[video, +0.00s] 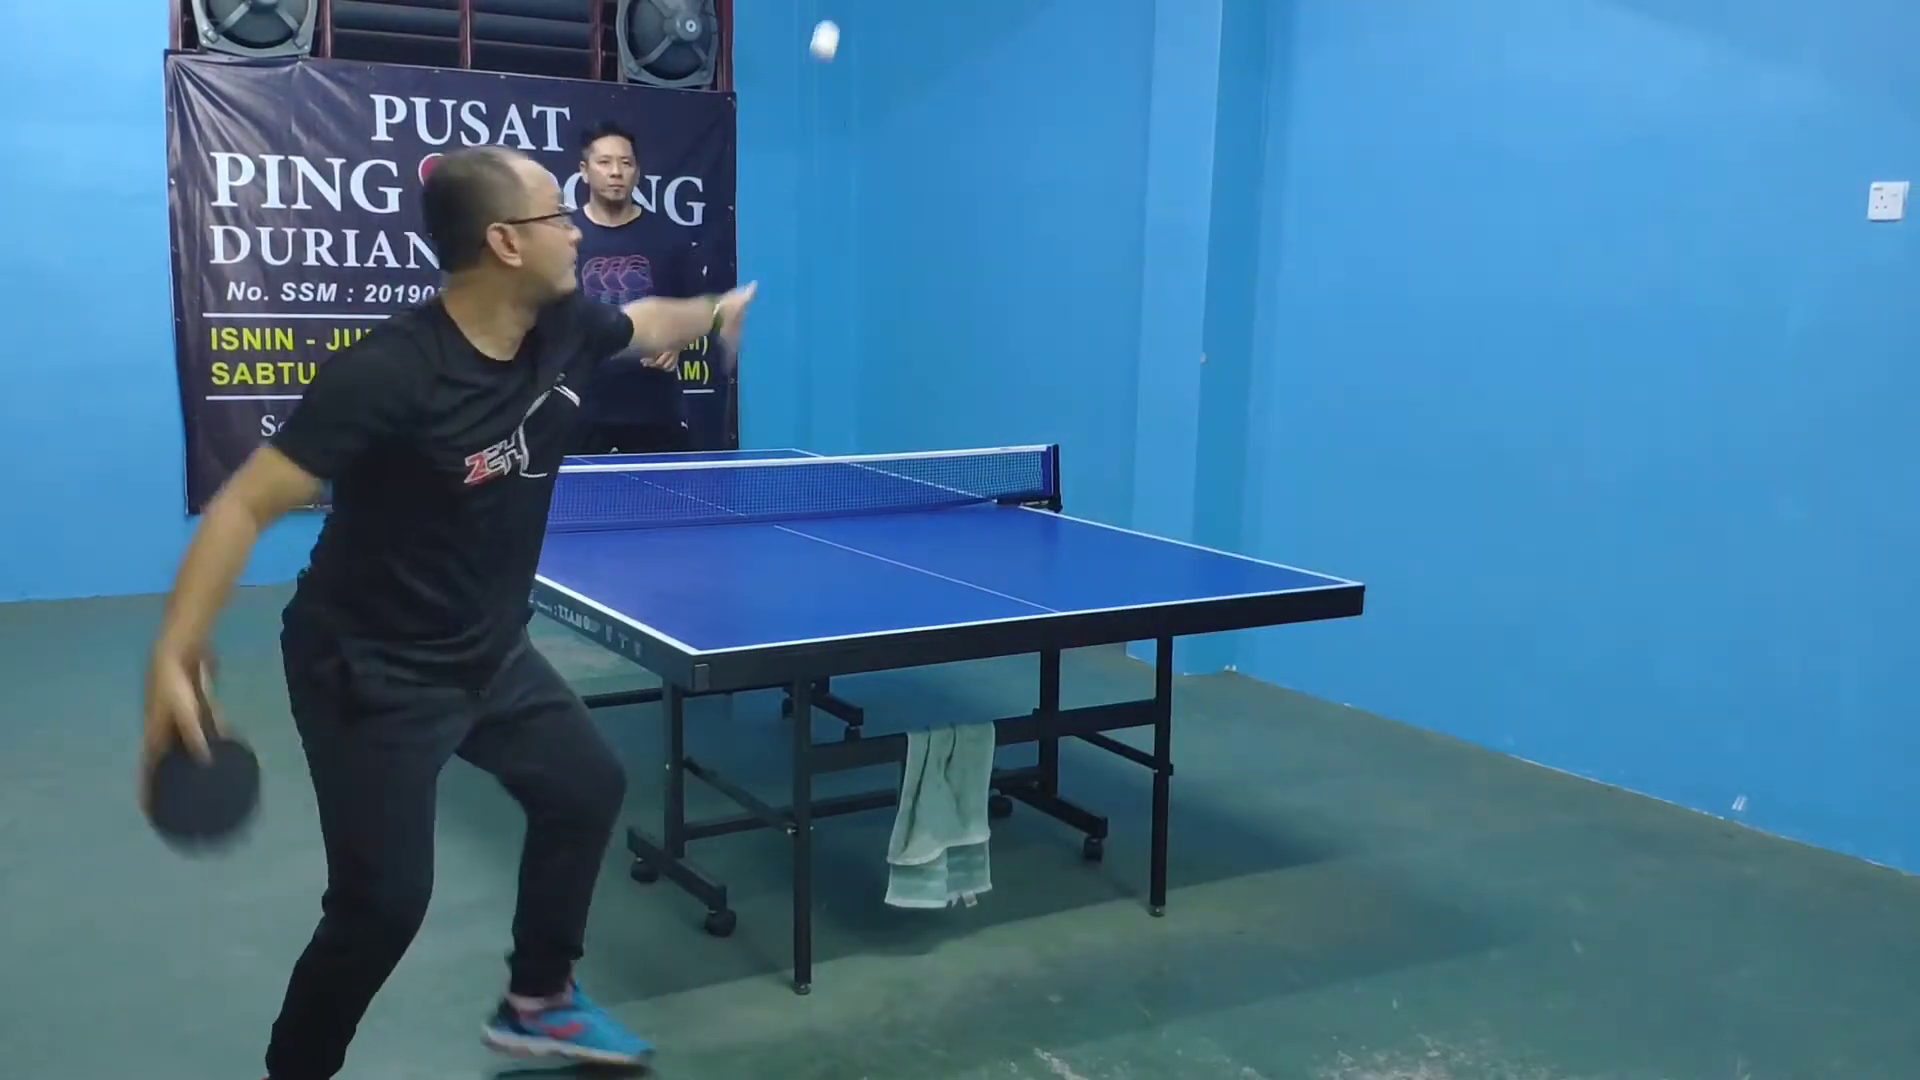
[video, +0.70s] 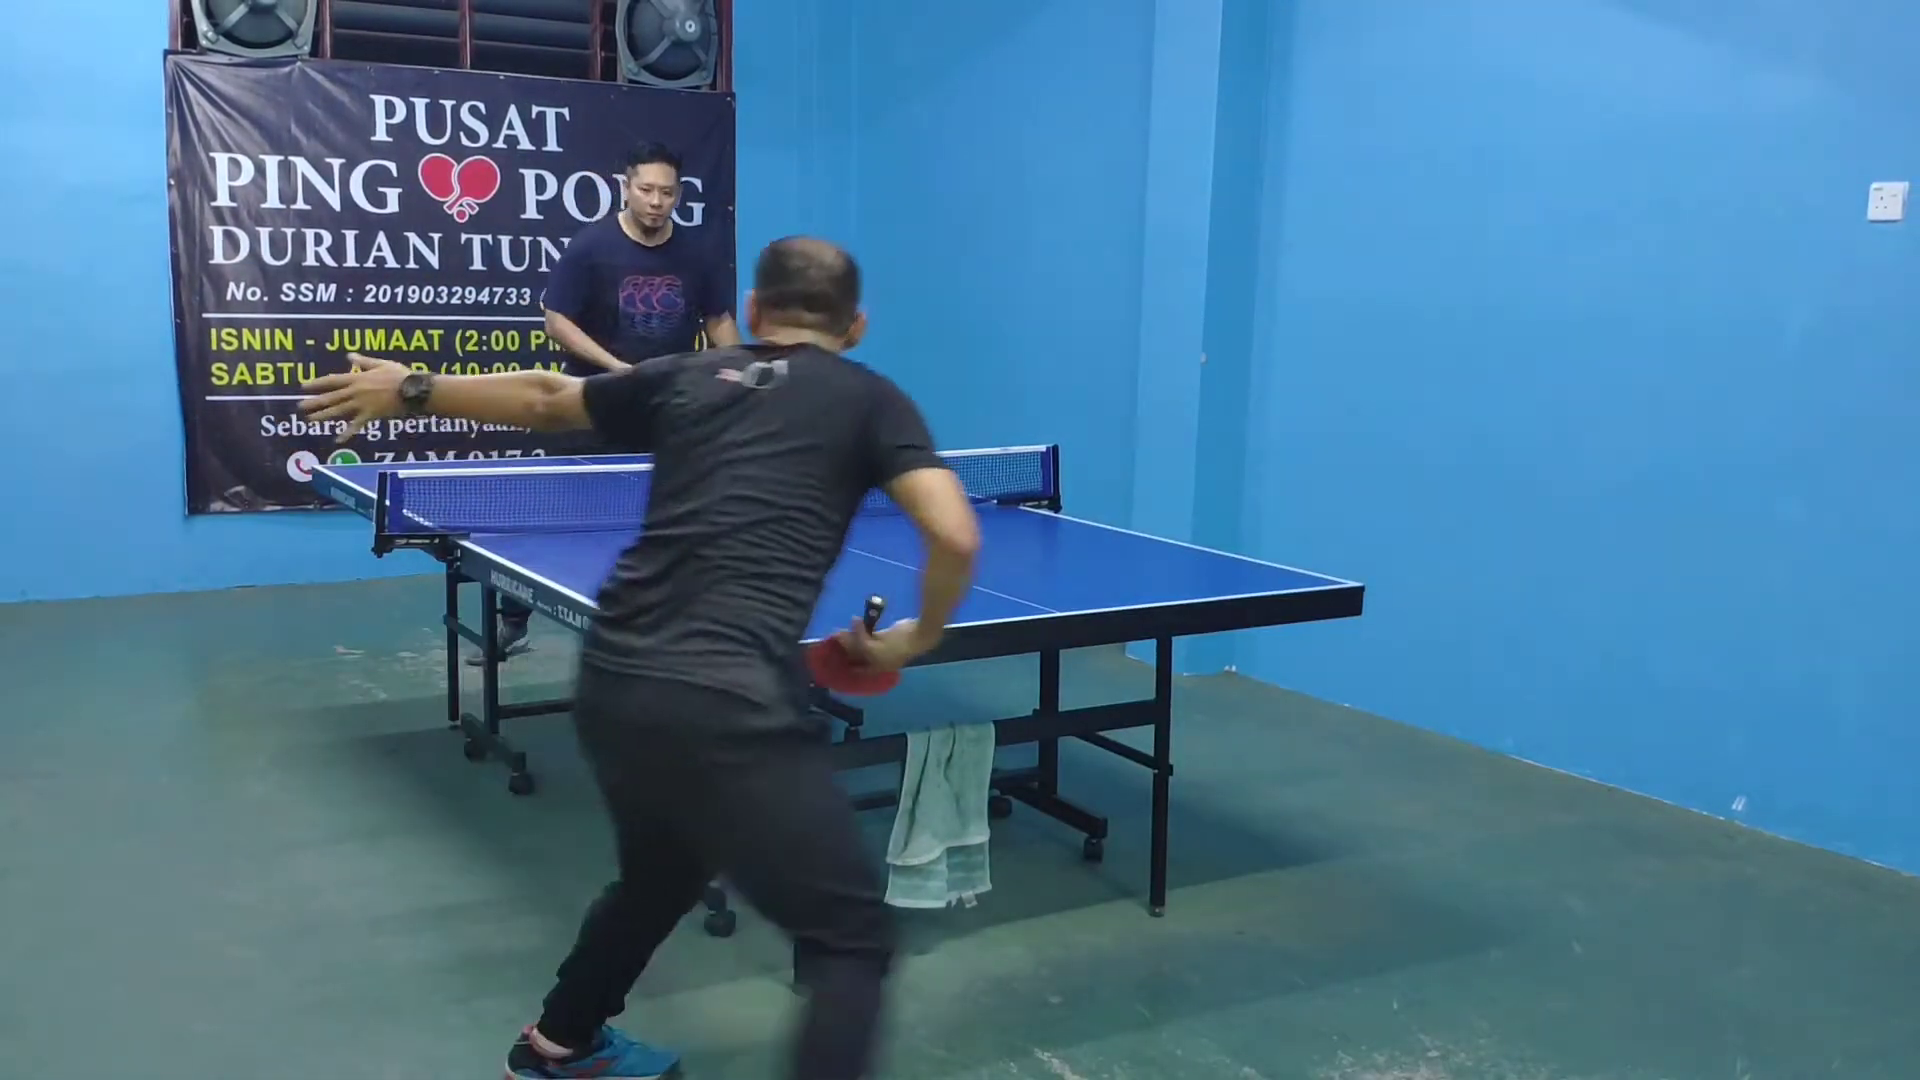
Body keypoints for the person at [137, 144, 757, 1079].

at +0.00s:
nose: (576, 232)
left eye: (568, 216)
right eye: (559, 219)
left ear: (512, 245)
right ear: (506, 245)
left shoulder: (562, 327)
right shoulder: (386, 376)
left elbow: (648, 328)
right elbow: (243, 502)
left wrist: (714, 310)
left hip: (485, 650)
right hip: (369, 670)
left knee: (586, 785)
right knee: (382, 906)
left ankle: (538, 1003)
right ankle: (295, 1069)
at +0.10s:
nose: (625, 282)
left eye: (622, 263)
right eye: (610, 264)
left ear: (553, 278)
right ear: (550, 277)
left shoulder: (577, 369)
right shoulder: (416, 362)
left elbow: (635, 378)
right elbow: (260, 429)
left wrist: (669, 364)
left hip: (494, 660)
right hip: (379, 680)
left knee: (619, 775)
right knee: (398, 940)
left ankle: (464, 904)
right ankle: (298, 1070)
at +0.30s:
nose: (689, 427)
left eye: (700, 413)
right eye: (695, 405)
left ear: (645, 369)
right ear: (650, 369)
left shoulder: (578, 417)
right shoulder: (536, 369)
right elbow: (520, 418)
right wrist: (677, 506)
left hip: (502, 706)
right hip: (410, 718)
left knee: (635, 825)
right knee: (439, 989)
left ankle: (563, 1043)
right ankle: (294, 1072)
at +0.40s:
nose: (728, 426)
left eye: (734, 417)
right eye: (730, 410)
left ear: (666, 359)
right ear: (707, 383)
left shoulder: (572, 404)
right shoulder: (663, 391)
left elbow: (465, 525)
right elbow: (728, 525)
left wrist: (607, 630)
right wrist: (716, 631)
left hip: (545, 704)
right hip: (474, 708)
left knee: (646, 840)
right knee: (495, 987)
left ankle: (559, 1040)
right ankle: (274, 1065)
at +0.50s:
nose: (763, 394)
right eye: (764, 384)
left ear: (660, 359)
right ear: (753, 375)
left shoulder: (590, 403)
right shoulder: (745, 400)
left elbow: (492, 443)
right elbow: (815, 517)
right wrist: (807, 641)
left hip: (488, 678)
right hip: (565, 695)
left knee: (660, 839)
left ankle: (561, 1036)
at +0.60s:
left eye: (688, 324)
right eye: (808, 342)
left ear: (697, 331)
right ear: (800, 344)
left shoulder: (638, 384)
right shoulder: (805, 394)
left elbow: (509, 414)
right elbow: (882, 518)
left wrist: (381, 406)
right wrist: (854, 640)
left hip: (543, 674)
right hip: (645, 685)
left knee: (635, 865)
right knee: (718, 948)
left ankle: (558, 1034)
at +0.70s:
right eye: (858, 310)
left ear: (755, 311)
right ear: (855, 322)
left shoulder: (687, 377)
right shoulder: (869, 400)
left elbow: (547, 399)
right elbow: (955, 538)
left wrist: (410, 387)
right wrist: (906, 642)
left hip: (615, 687)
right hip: (728, 705)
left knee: (661, 874)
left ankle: (559, 1036)